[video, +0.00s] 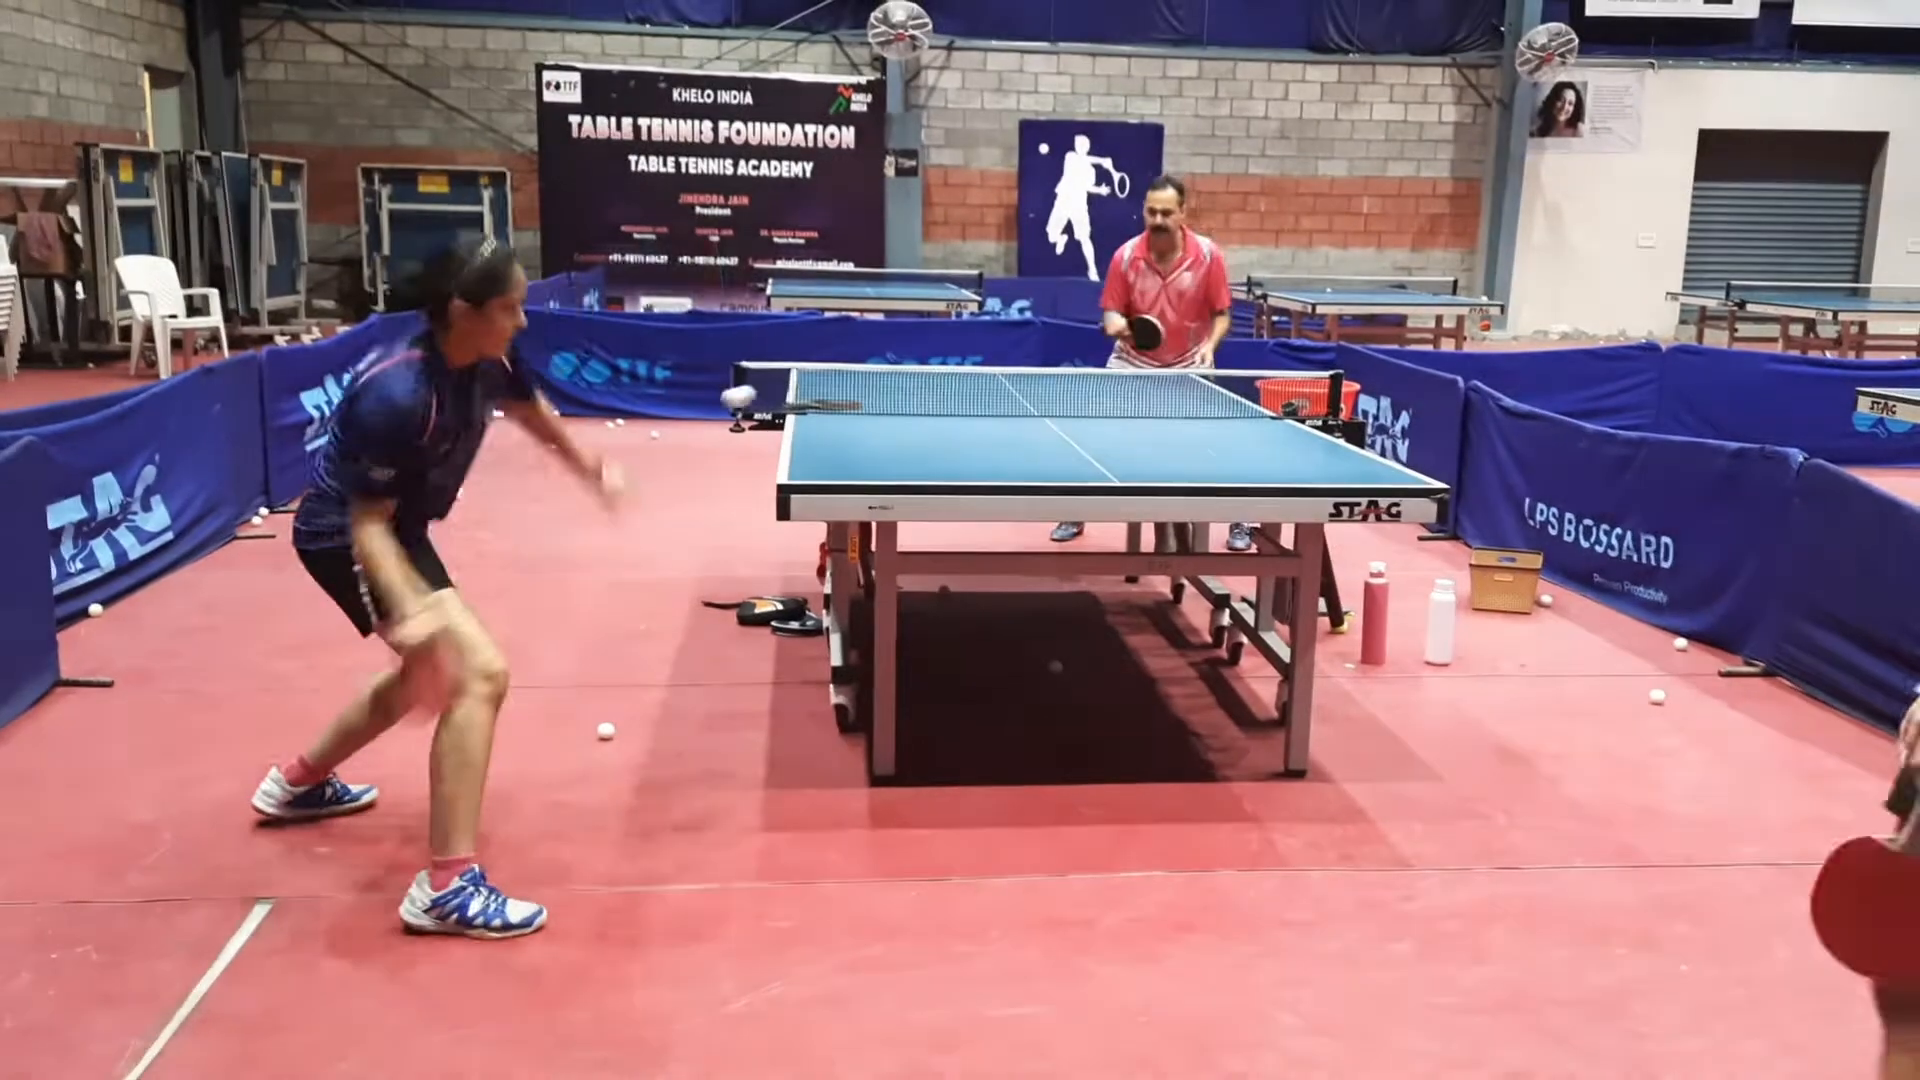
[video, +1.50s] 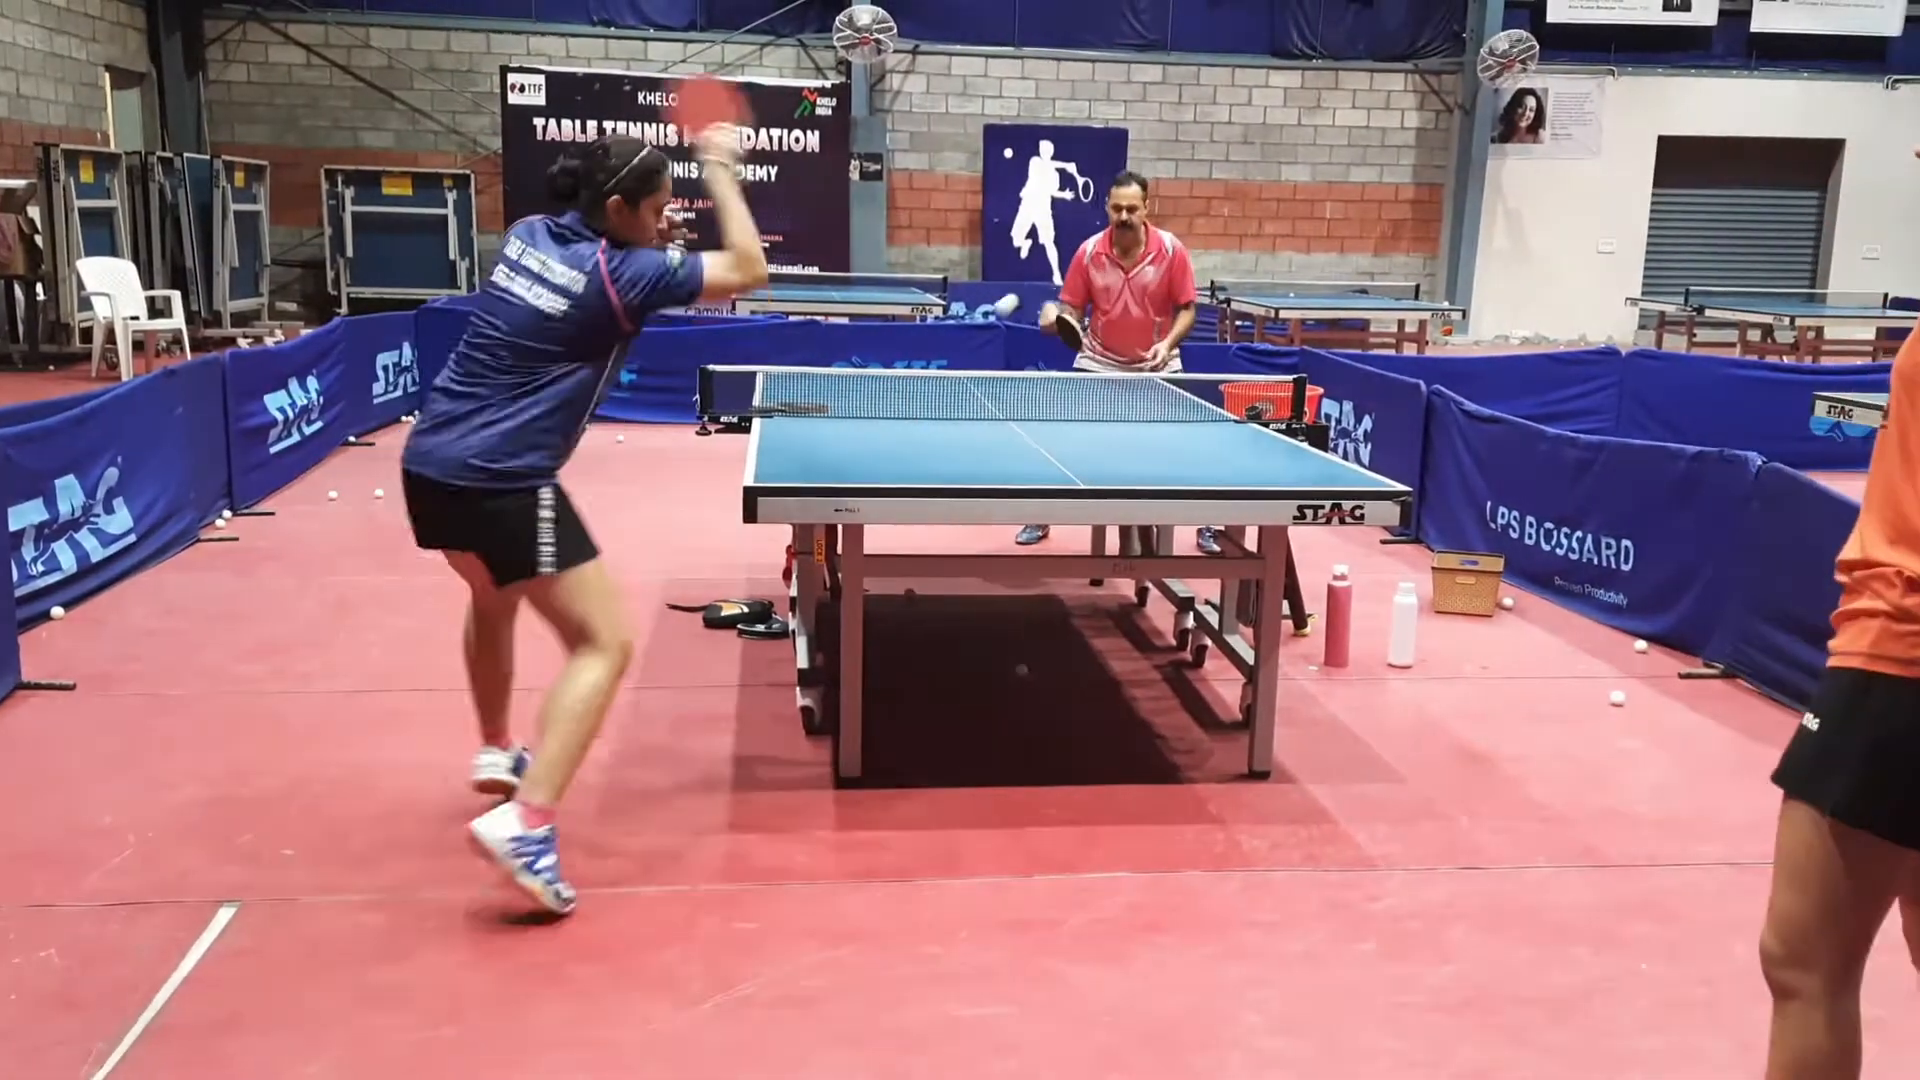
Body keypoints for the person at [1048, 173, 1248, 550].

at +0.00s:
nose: (1158, 221)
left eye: (1167, 213)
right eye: (1152, 213)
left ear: (1183, 214)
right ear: (1143, 213)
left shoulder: (1208, 255)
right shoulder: (1127, 255)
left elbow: (1223, 313)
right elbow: (1111, 313)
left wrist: (1210, 344)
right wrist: (1119, 327)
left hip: (1190, 367)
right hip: (1130, 364)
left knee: (1218, 435)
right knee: (1092, 428)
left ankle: (1239, 518)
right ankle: (1073, 512)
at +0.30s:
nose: (1142, 223)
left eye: (1150, 216)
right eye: (1135, 215)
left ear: (1167, 215)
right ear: (1129, 215)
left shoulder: (1195, 255)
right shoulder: (1112, 258)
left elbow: (1211, 311)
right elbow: (1095, 318)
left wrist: (1194, 349)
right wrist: (1076, 327)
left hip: (1183, 361)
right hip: (1125, 359)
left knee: (1217, 432)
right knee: (1089, 426)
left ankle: (1238, 520)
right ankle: (1068, 513)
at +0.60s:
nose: (1161, 237)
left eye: (1169, 229)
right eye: (1154, 229)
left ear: (1182, 223)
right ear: (1144, 223)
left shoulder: (1203, 255)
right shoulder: (1125, 258)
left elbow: (1213, 310)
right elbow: (1113, 313)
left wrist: (1201, 356)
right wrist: (1126, 310)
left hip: (1182, 362)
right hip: (1124, 360)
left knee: (1213, 435)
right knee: (1087, 426)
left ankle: (1230, 521)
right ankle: (1060, 514)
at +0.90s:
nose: (1170, 216)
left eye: (1179, 209)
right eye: (1163, 208)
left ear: (1192, 207)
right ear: (1153, 205)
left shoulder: (1209, 250)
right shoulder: (1130, 247)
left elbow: (1212, 306)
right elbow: (1109, 306)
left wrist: (1199, 351)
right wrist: (1123, 313)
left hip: (1178, 363)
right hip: (1120, 361)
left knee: (1202, 438)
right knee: (1084, 430)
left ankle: (1222, 521)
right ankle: (1053, 514)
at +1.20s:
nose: (1143, 221)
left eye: (1151, 213)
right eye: (1137, 213)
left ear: (1165, 213)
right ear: (1127, 212)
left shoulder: (1189, 257)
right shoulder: (1106, 257)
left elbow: (1201, 314)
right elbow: (1092, 312)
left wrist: (1187, 348)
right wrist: (1102, 325)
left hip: (1168, 368)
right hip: (1109, 365)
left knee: (1200, 437)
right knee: (1068, 429)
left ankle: (1214, 523)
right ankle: (1045, 515)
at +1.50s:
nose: (1124, 217)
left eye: (1132, 210)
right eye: (1117, 209)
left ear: (1146, 209)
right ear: (1107, 209)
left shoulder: (1171, 251)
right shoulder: (1090, 251)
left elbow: (1187, 310)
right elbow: (1072, 309)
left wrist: (1167, 344)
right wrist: (1055, 316)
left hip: (1158, 365)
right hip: (1098, 362)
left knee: (1190, 435)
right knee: (1061, 429)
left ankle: (1209, 522)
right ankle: (1039, 516)